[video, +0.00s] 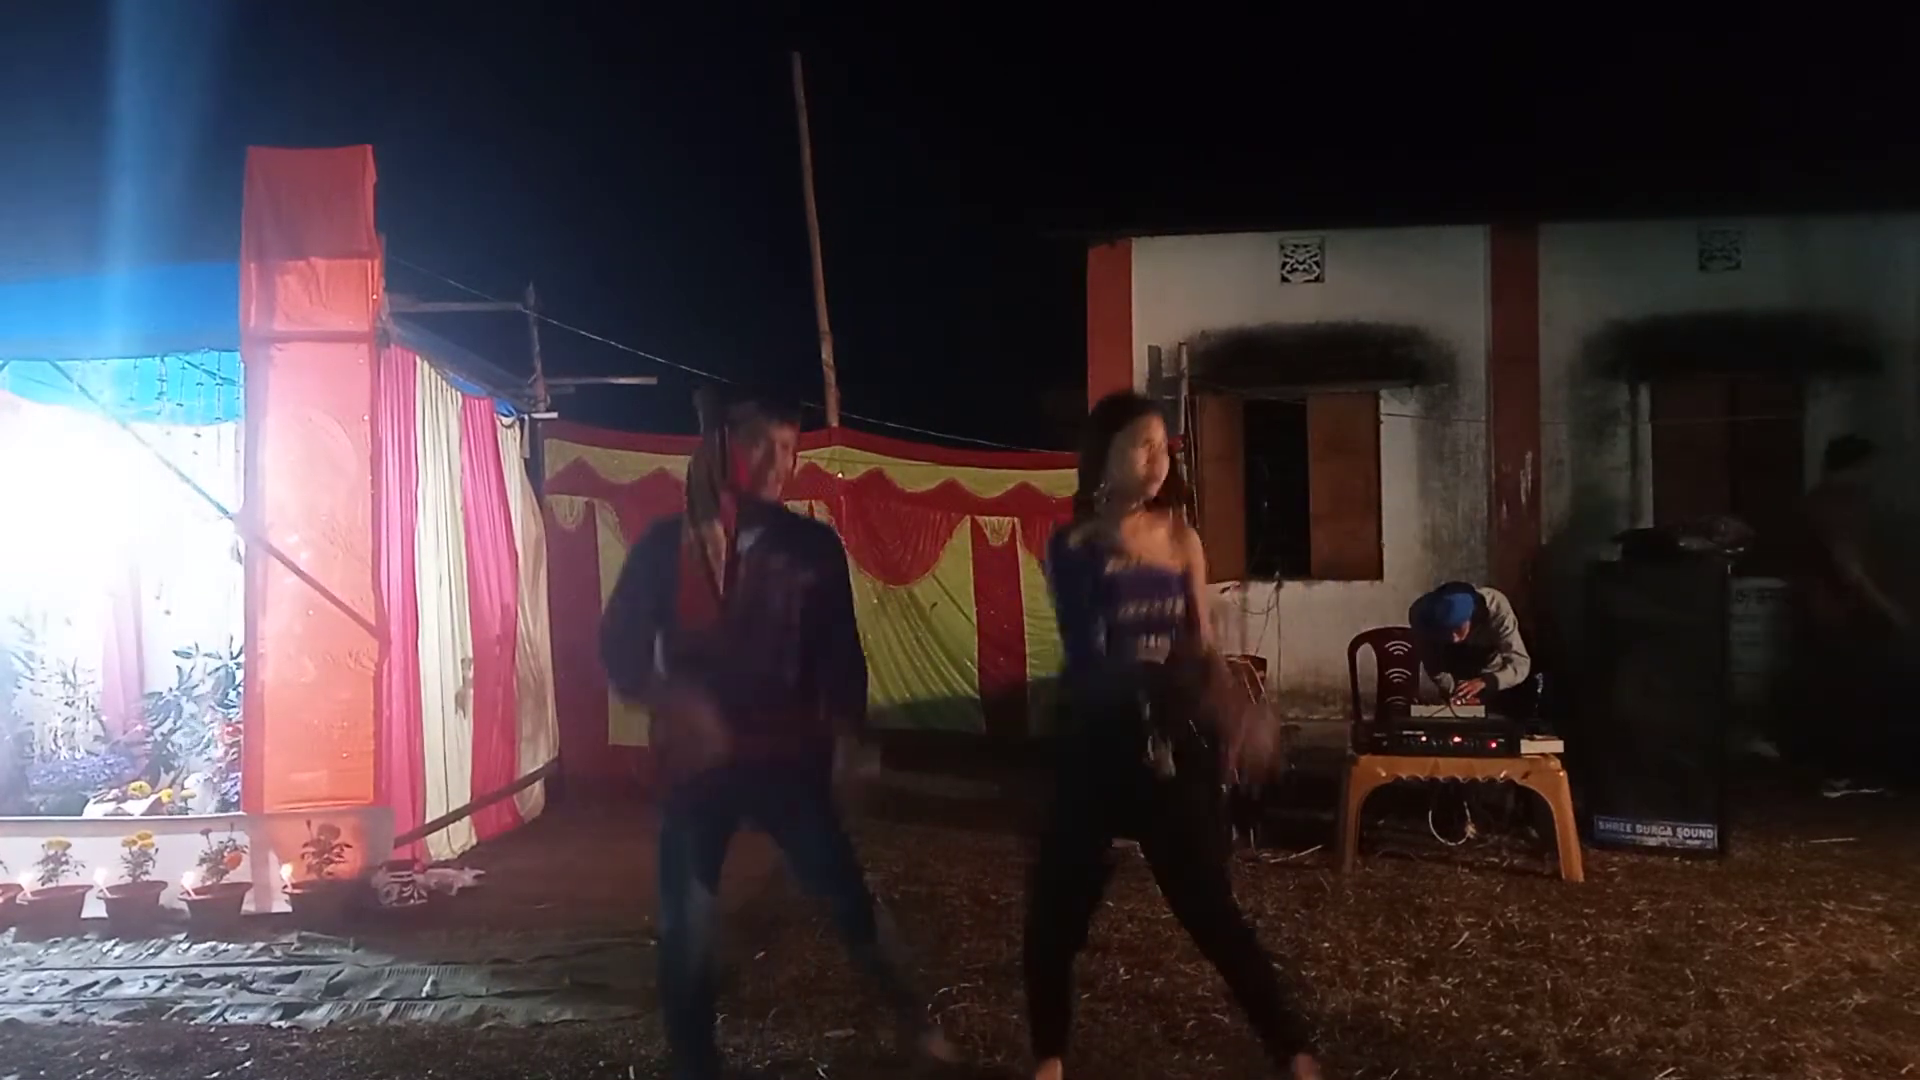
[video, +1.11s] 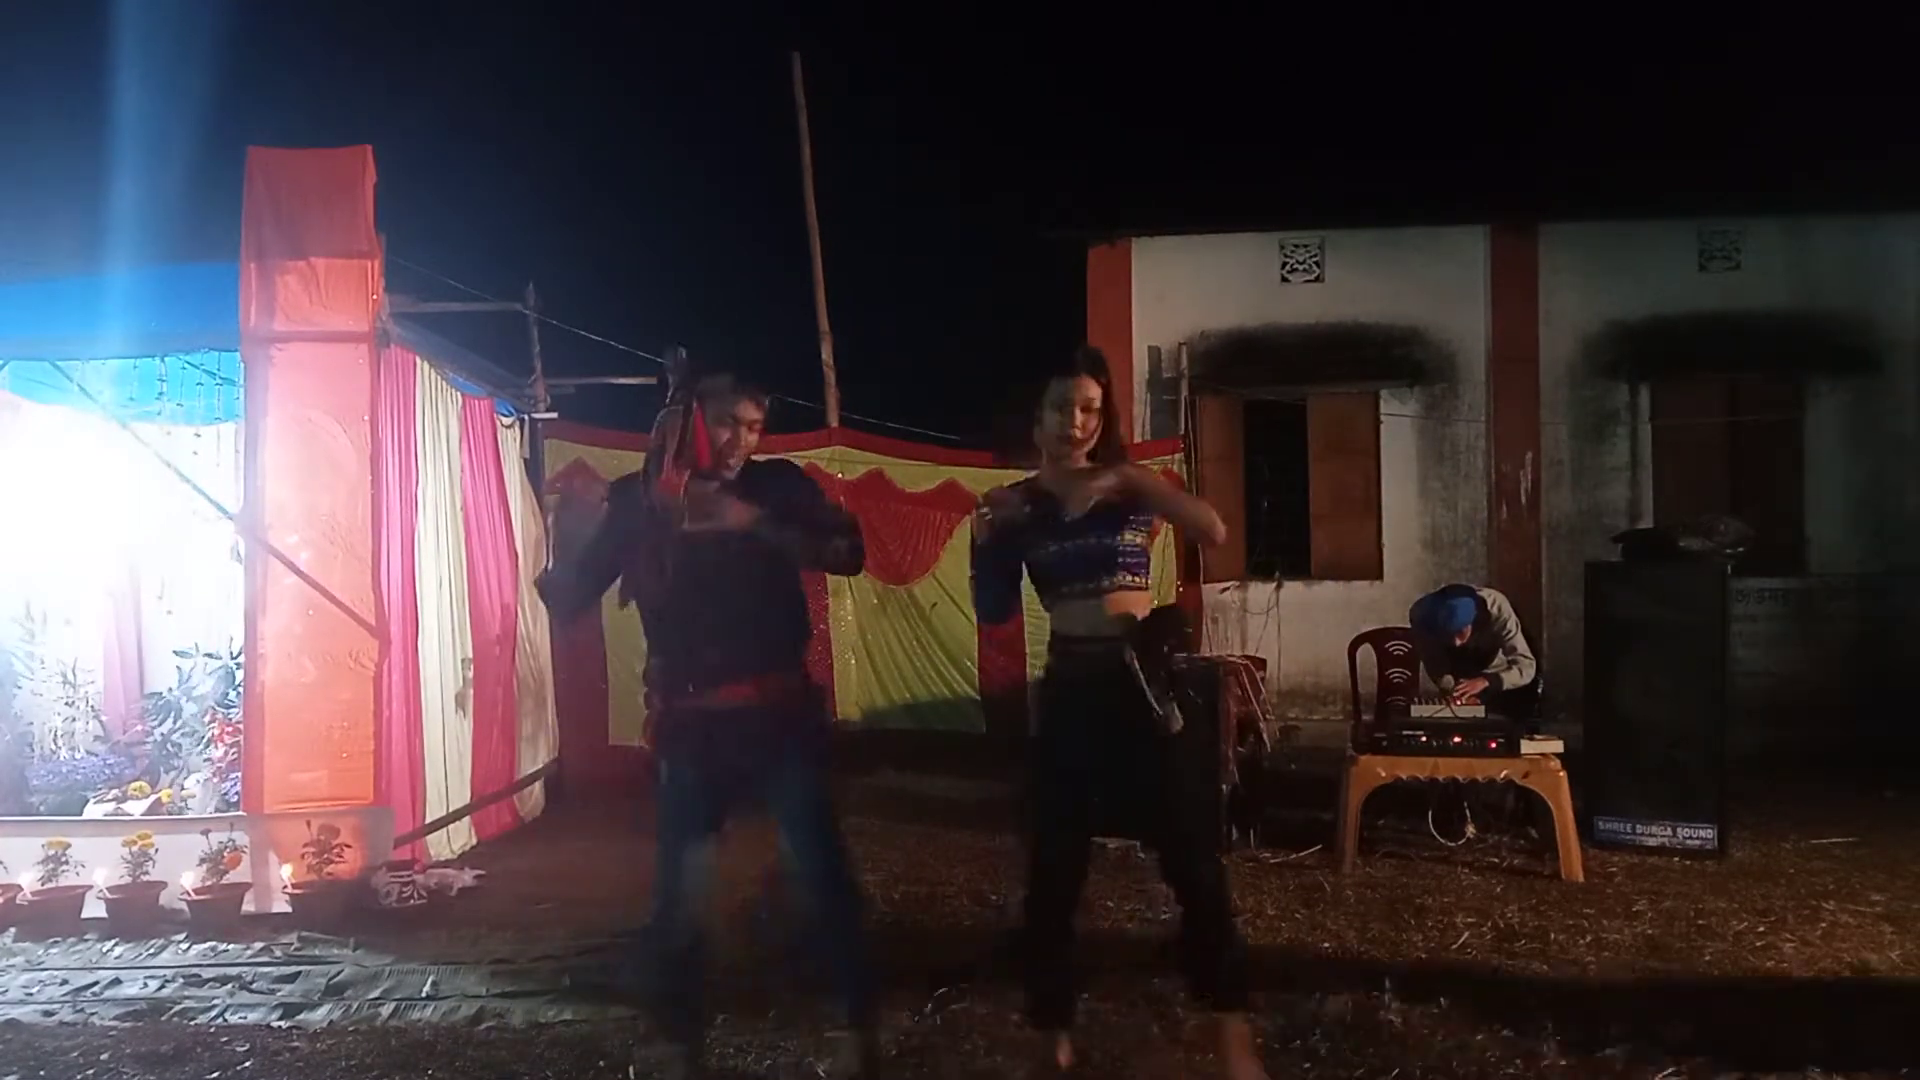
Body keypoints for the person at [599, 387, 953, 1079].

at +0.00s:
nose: (778, 464)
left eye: (787, 450)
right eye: (764, 447)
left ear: (791, 457)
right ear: (725, 448)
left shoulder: (814, 544)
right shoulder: (669, 542)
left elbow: (841, 648)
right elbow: (622, 643)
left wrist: (849, 732)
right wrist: (664, 693)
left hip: (789, 761)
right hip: (699, 764)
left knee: (848, 900)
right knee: (685, 925)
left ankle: (917, 1019)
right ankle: (692, 1062)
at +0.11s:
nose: (773, 429)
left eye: (782, 416)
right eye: (760, 411)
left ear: (787, 427)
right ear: (720, 415)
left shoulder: (803, 512)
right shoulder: (661, 500)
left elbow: (836, 604)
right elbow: (618, 592)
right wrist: (688, 586)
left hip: (771, 733)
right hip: (678, 736)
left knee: (819, 882)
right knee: (673, 897)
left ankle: (852, 1029)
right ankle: (670, 1049)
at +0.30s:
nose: (717, 436)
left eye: (741, 424)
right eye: (713, 423)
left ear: (771, 439)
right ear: (703, 428)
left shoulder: (790, 520)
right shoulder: (671, 500)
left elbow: (855, 613)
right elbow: (662, 586)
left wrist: (803, 546)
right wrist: (742, 549)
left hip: (738, 740)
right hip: (655, 737)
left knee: (765, 903)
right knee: (630, 903)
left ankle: (766, 1059)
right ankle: (569, 1058)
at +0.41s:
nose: (770, 462)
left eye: (772, 451)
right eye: (753, 448)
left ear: (771, 466)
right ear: (707, 455)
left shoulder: (777, 560)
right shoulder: (684, 531)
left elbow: (828, 655)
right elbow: (693, 622)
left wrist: (817, 678)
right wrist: (791, 662)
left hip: (706, 770)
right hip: (627, 763)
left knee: (762, 912)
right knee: (594, 933)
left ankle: (767, 1064)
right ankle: (537, 1067)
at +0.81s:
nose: (745, 479)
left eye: (753, 464)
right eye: (726, 462)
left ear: (763, 476)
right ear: (685, 472)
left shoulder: (767, 566)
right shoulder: (643, 569)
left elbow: (796, 659)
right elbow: (633, 694)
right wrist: (740, 691)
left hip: (714, 781)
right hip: (630, 780)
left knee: (771, 918)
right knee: (598, 943)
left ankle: (780, 1062)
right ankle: (536, 1066)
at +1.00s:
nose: (744, 444)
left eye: (754, 432)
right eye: (731, 428)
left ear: (763, 440)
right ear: (691, 429)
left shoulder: (781, 507)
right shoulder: (640, 516)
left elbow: (845, 589)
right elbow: (577, 618)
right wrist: (616, 551)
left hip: (775, 730)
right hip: (683, 734)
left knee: (796, 889)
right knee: (653, 895)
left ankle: (797, 1045)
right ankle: (610, 1050)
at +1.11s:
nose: (741, 440)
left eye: (752, 427)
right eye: (728, 424)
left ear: (762, 432)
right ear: (690, 421)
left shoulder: (778, 484)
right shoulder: (642, 500)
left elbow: (848, 552)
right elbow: (565, 600)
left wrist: (752, 521)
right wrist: (575, 534)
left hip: (782, 717)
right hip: (691, 726)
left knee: (820, 872)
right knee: (681, 892)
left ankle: (857, 1023)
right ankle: (679, 1043)